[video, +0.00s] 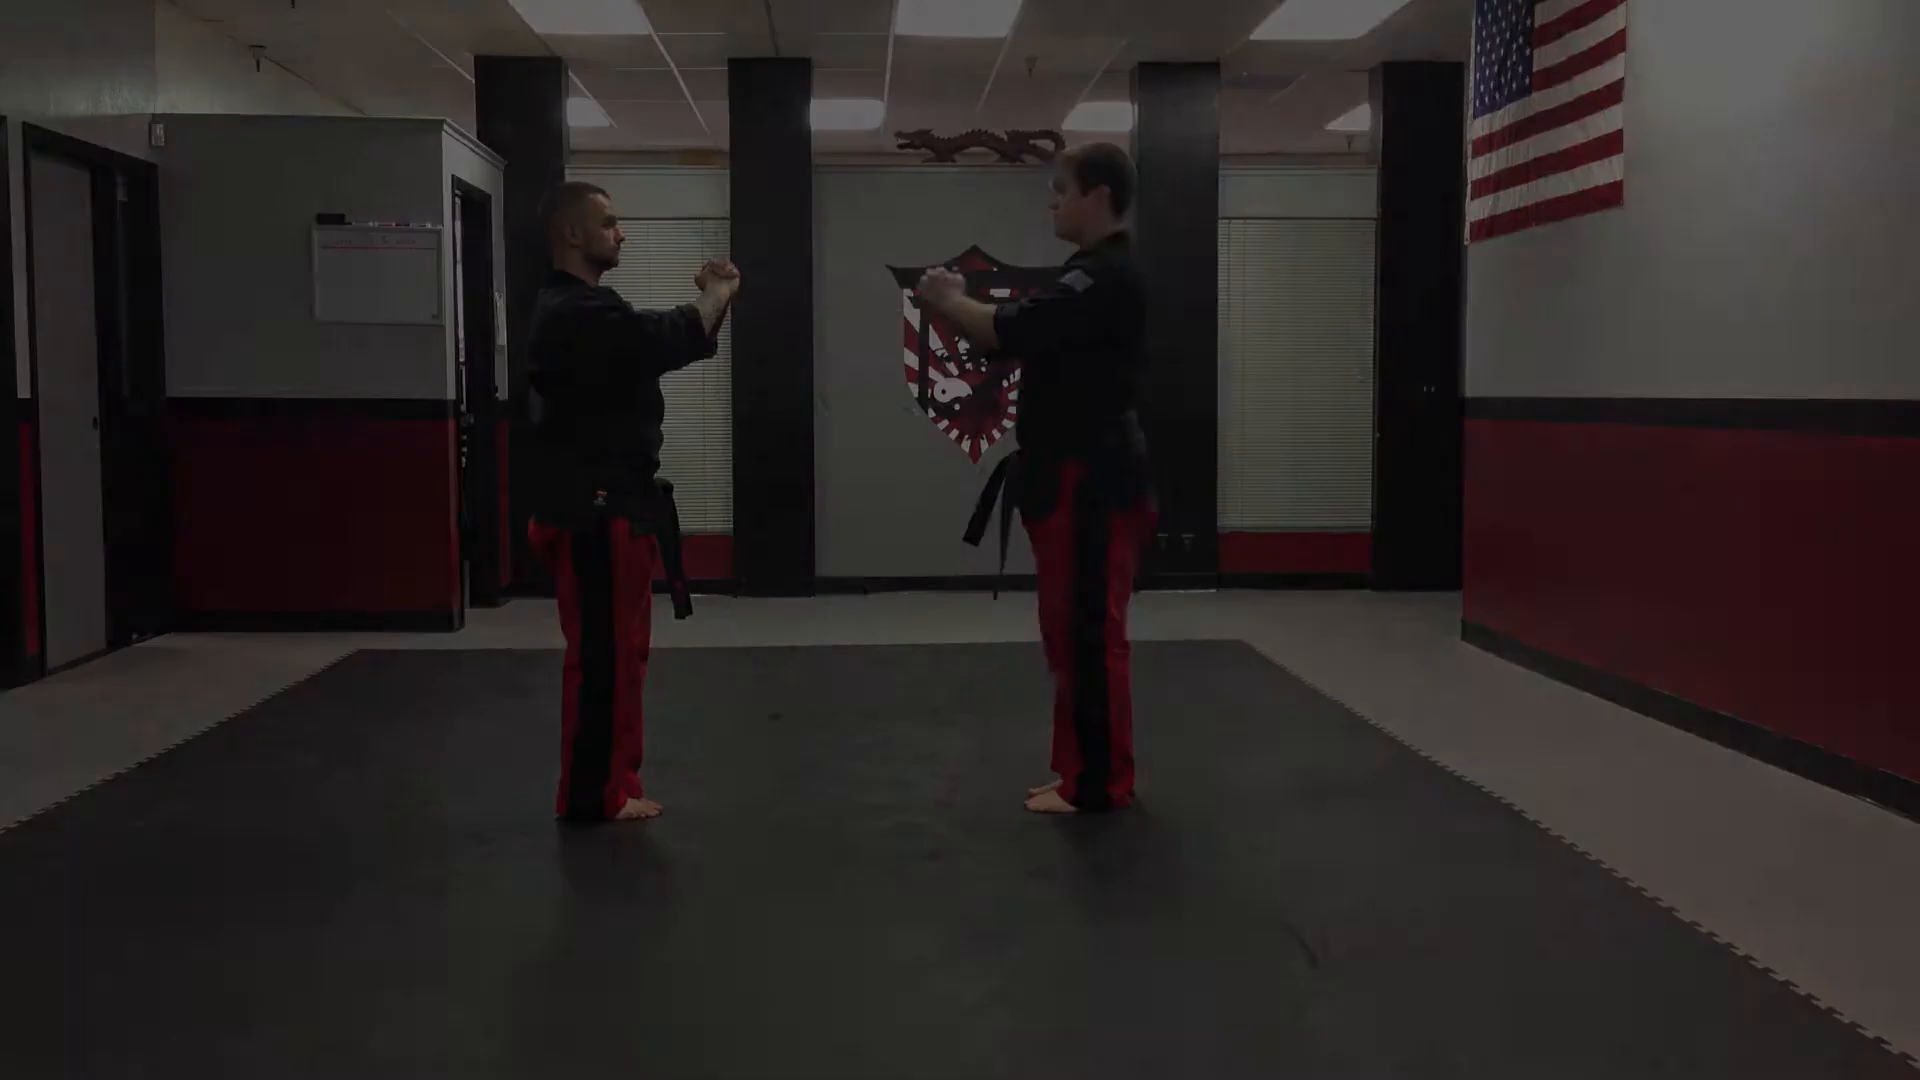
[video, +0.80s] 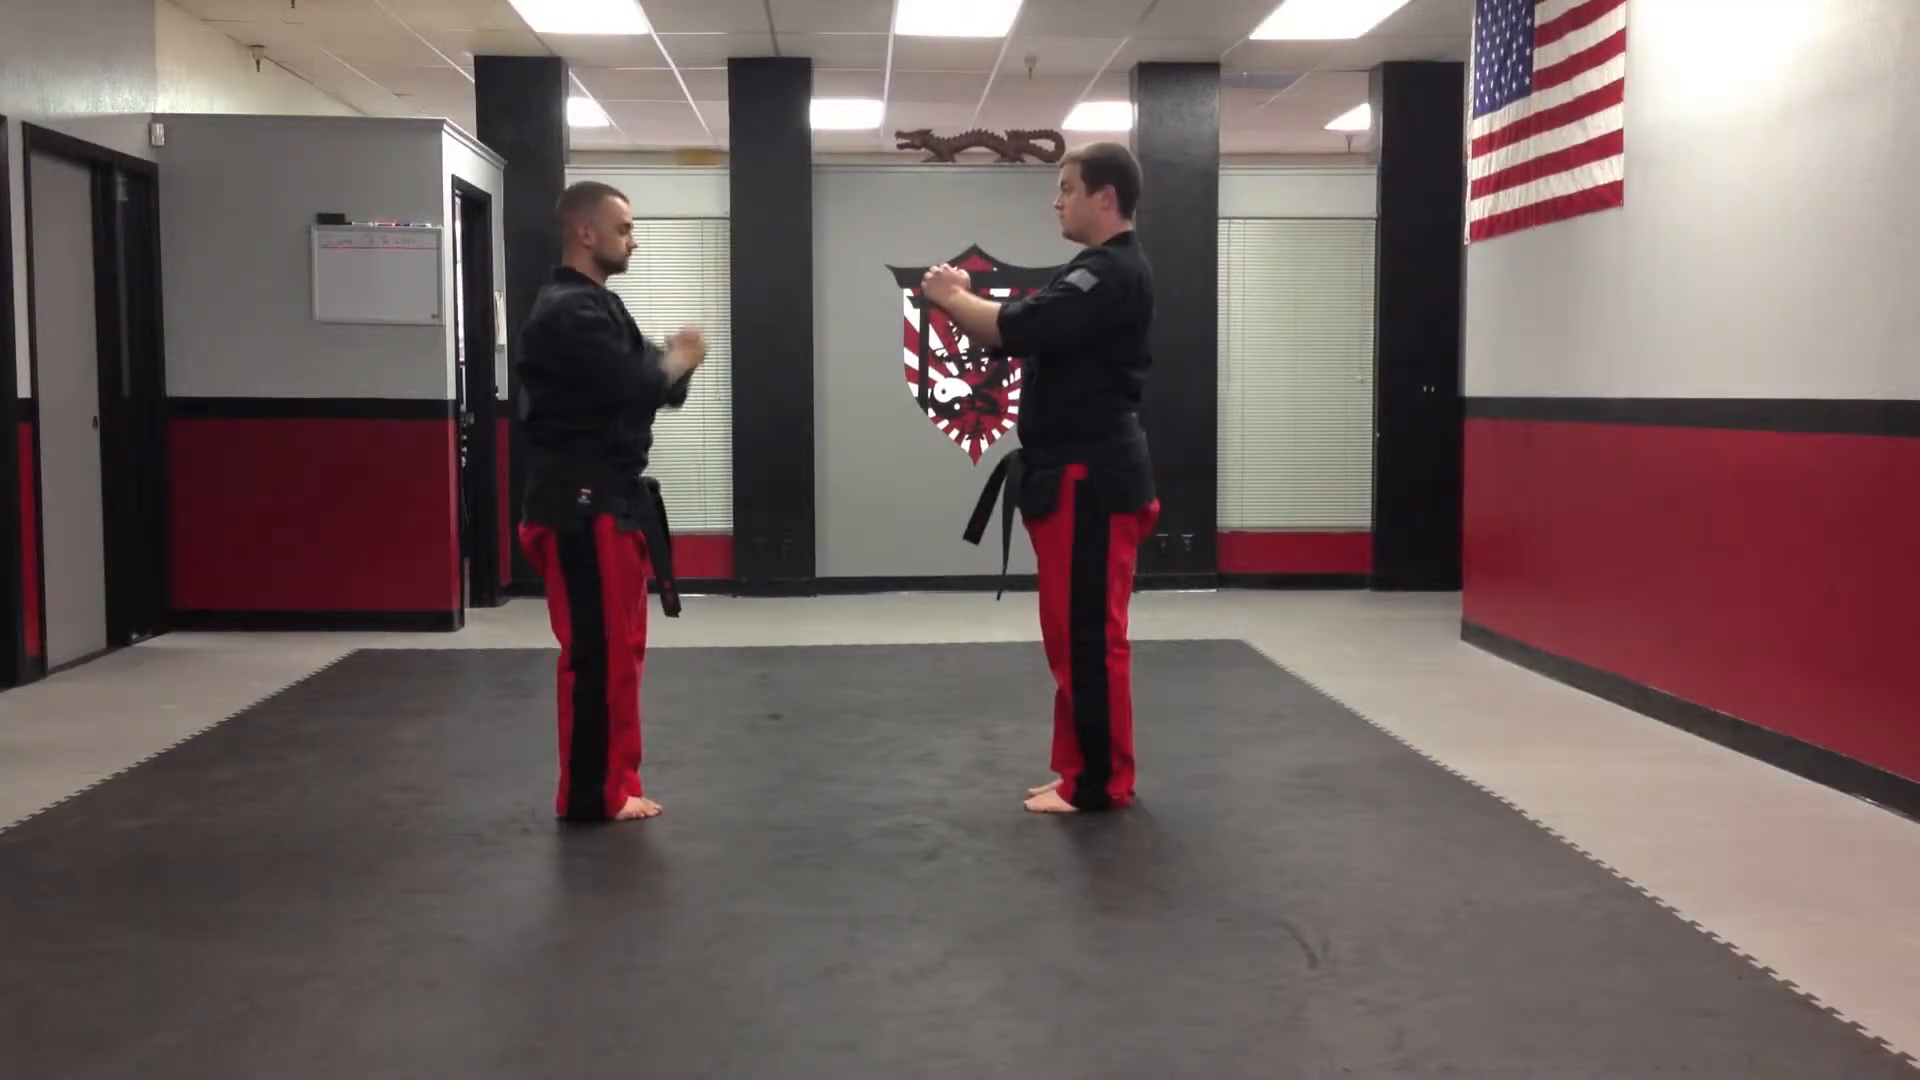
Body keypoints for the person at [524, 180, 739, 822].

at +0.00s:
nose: (620, 234)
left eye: (617, 223)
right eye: (608, 224)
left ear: (578, 237)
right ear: (572, 235)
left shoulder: (579, 305)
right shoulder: (578, 310)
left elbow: (666, 346)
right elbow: (653, 345)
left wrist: (709, 308)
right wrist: (711, 304)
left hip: (606, 503)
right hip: (596, 506)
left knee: (612, 651)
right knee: (609, 654)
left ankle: (608, 790)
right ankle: (599, 795)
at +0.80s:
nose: (632, 239)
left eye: (632, 229)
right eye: (622, 229)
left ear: (586, 237)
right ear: (583, 233)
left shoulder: (598, 305)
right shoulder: (568, 309)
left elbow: (643, 386)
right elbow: (622, 386)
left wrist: (673, 364)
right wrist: (674, 362)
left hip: (608, 502)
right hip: (578, 506)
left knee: (620, 649)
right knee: (597, 651)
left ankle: (614, 785)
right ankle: (592, 795)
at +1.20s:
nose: (631, 265)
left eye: (633, 253)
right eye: (626, 251)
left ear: (588, 247)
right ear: (586, 244)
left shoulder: (583, 314)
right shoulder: (537, 315)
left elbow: (571, 402)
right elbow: (533, 413)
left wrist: (603, 398)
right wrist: (600, 407)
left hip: (586, 507)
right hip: (538, 510)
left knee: (604, 650)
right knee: (508, 651)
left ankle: (601, 785)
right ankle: (424, 769)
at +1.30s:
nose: (617, 271)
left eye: (619, 259)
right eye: (611, 258)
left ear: (574, 253)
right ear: (571, 250)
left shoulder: (567, 317)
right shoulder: (523, 321)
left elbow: (555, 409)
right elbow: (522, 425)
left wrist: (585, 407)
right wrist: (585, 415)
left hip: (568, 511)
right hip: (515, 517)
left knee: (603, 646)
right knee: (486, 657)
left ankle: (601, 785)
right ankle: (417, 784)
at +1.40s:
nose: (602, 275)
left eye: (604, 264)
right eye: (595, 263)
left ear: (561, 258)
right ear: (559, 256)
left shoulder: (551, 324)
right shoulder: (503, 329)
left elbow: (525, 419)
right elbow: (495, 430)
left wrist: (570, 418)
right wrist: (564, 421)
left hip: (556, 513)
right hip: (502, 518)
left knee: (606, 640)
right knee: (473, 659)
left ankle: (605, 782)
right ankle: (416, 791)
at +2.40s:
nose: (594, 263)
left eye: (593, 252)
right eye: (584, 252)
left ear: (549, 259)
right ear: (544, 256)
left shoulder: (573, 334)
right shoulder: (502, 334)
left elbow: (653, 379)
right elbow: (560, 397)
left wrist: (695, 339)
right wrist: (592, 339)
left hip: (572, 520)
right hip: (505, 525)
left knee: (628, 644)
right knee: (467, 662)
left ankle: (639, 772)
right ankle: (412, 793)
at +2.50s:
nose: (604, 264)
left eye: (602, 252)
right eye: (593, 252)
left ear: (560, 261)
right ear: (553, 258)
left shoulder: (580, 333)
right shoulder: (512, 335)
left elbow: (664, 379)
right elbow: (570, 401)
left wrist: (704, 339)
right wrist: (602, 340)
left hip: (578, 518)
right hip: (510, 523)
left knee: (636, 641)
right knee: (473, 660)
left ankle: (645, 771)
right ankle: (412, 791)